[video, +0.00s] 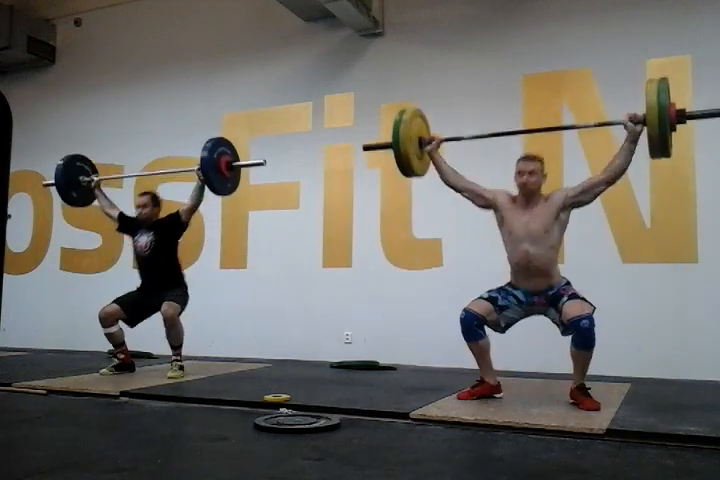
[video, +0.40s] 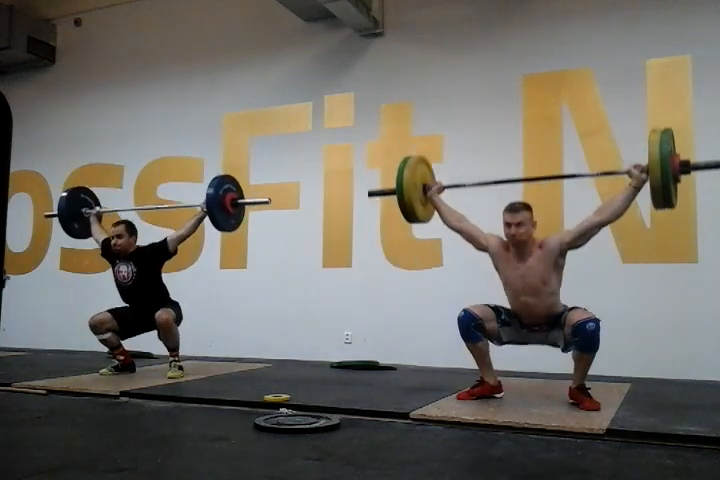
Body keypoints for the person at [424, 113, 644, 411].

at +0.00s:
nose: (525, 179)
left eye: (531, 174)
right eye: (520, 174)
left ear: (543, 178)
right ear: (514, 178)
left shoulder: (560, 202)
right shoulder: (500, 202)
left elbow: (607, 177)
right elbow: (458, 183)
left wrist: (632, 135)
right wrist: (434, 153)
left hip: (555, 292)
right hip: (516, 292)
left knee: (584, 322)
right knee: (470, 318)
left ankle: (578, 388)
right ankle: (489, 382)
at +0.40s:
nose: (513, 231)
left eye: (519, 225)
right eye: (508, 225)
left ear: (533, 225)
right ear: (503, 226)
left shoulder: (555, 247)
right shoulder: (496, 248)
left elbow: (599, 219)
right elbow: (459, 225)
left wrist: (635, 185)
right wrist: (434, 197)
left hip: (554, 324)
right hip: (516, 323)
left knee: (588, 326)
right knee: (468, 318)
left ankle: (578, 389)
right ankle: (489, 382)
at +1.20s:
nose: (516, 185)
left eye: (522, 179)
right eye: (511, 180)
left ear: (535, 178)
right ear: (506, 182)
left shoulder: (557, 200)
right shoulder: (499, 204)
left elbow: (602, 171)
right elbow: (463, 181)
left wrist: (635, 137)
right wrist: (440, 157)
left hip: (557, 284)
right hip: (519, 284)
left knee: (584, 325)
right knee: (472, 318)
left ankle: (578, 388)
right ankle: (489, 382)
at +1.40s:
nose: (521, 146)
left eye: (526, 140)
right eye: (516, 142)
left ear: (538, 141)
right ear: (509, 144)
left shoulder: (558, 164)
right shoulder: (501, 168)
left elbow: (604, 134)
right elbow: (465, 149)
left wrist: (634, 101)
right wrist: (442, 125)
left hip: (556, 255)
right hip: (520, 256)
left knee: (577, 315)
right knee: (481, 307)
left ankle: (579, 387)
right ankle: (489, 381)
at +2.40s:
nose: (532, 110)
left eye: (538, 106)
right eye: (528, 107)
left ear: (550, 114)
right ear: (523, 115)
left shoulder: (562, 142)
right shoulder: (511, 147)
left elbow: (607, 137)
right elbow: (471, 156)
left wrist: (641, 131)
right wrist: (442, 154)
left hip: (550, 223)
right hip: (516, 226)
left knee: (562, 301)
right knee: (511, 302)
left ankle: (572, 376)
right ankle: (509, 374)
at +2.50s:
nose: (528, 110)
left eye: (534, 105)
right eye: (524, 106)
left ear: (547, 111)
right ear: (519, 113)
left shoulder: (563, 140)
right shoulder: (506, 145)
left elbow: (607, 145)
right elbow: (467, 160)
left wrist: (624, 172)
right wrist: (441, 185)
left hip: (552, 226)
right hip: (518, 228)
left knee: (564, 303)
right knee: (513, 304)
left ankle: (572, 378)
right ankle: (509, 376)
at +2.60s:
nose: (521, 116)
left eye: (527, 110)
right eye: (517, 111)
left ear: (539, 113)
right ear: (511, 116)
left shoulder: (558, 147)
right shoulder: (500, 153)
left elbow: (599, 174)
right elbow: (467, 183)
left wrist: (627, 215)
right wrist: (444, 218)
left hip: (554, 235)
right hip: (518, 237)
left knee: (564, 307)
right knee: (512, 308)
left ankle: (573, 381)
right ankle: (510, 379)